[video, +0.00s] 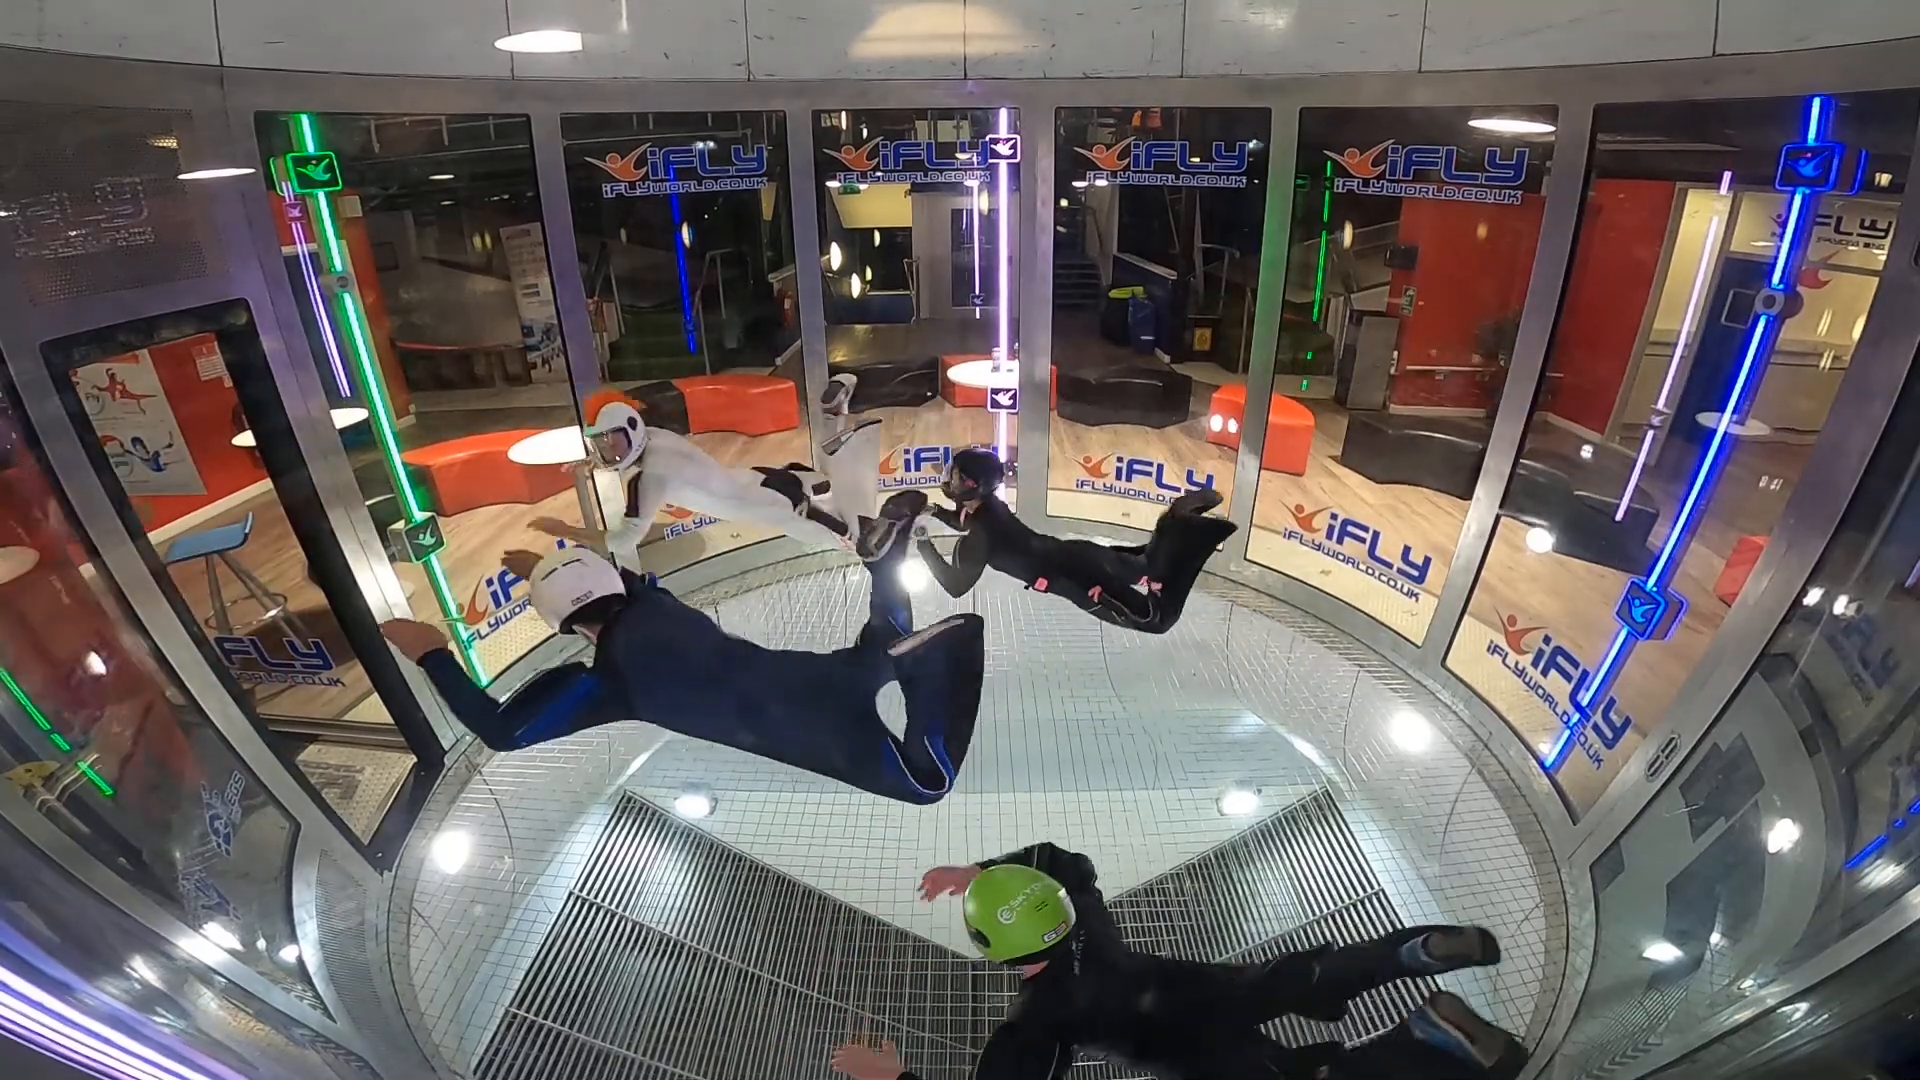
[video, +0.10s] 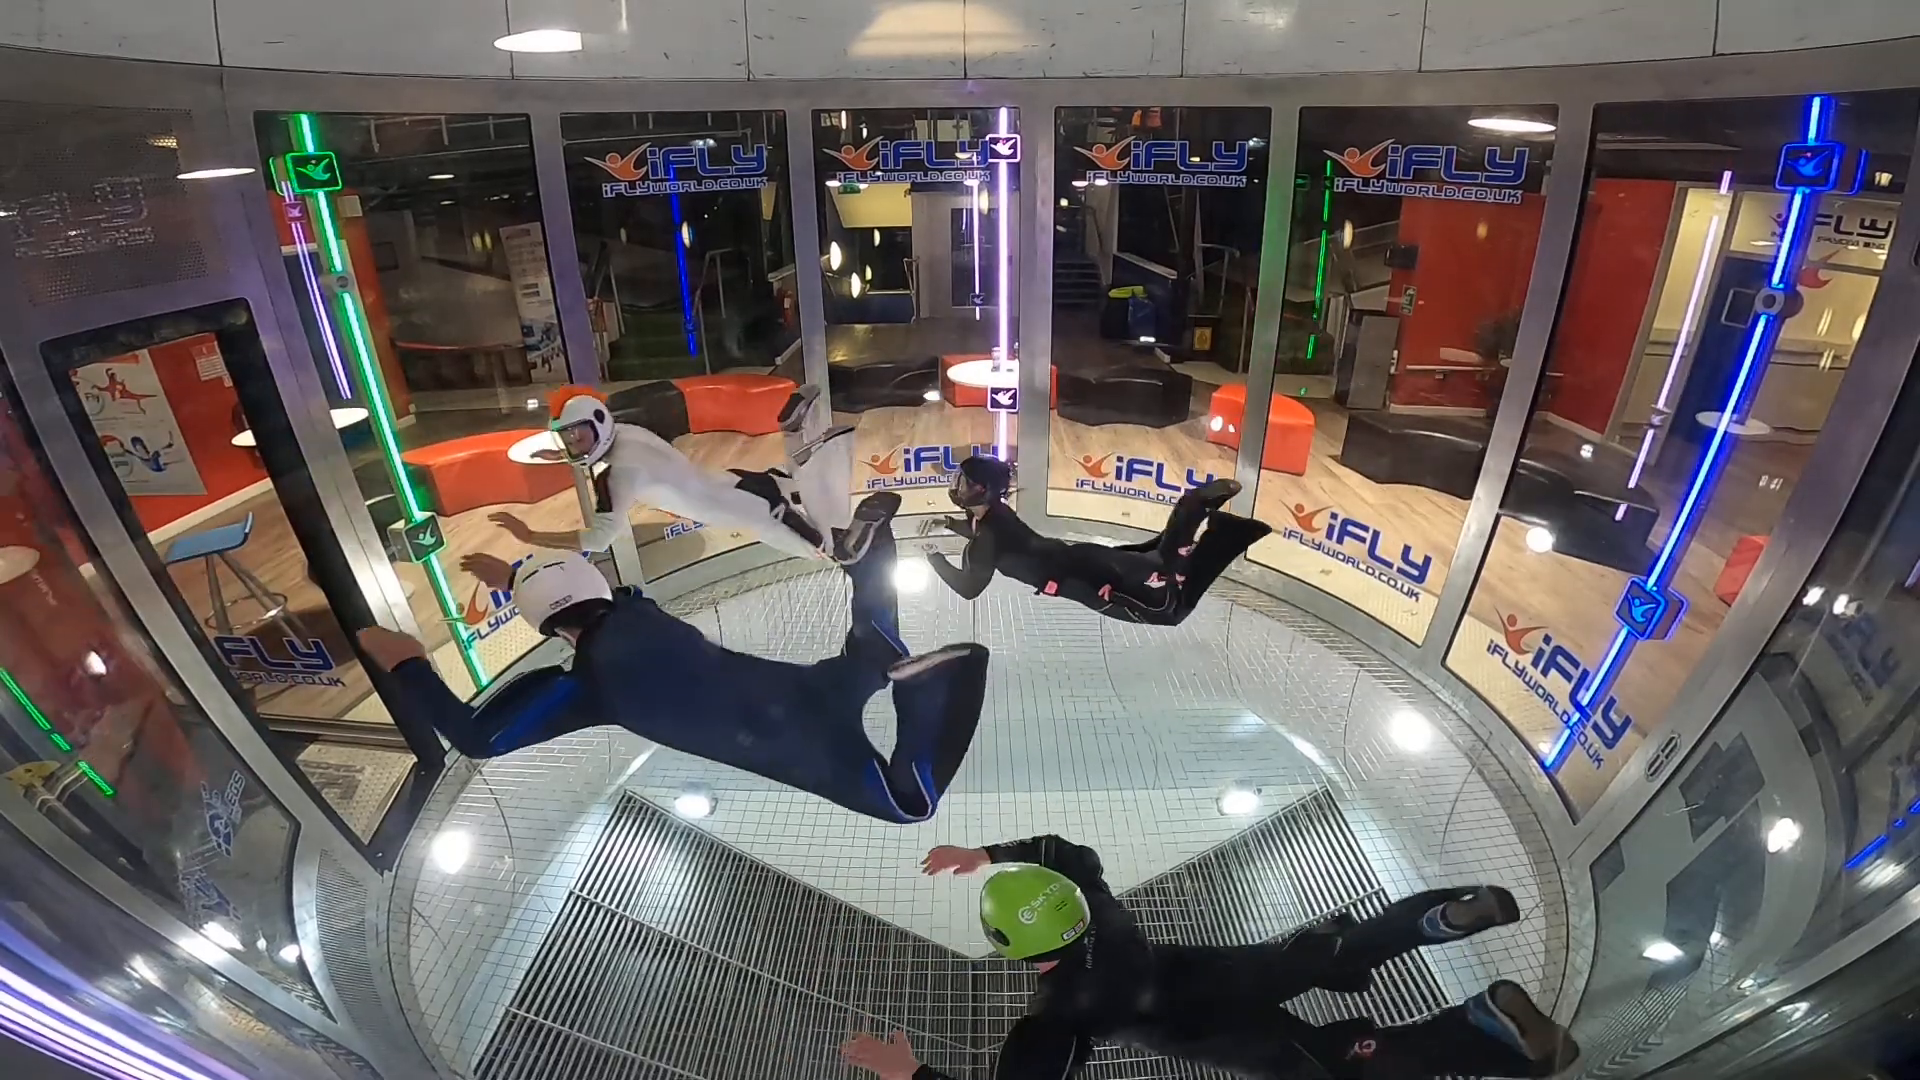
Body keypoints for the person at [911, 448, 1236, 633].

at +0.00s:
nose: (947, 481)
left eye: (954, 477)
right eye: (951, 474)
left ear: (971, 485)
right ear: (977, 483)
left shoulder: (979, 527)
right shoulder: (983, 505)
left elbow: (956, 585)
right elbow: (963, 520)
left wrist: (922, 542)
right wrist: (930, 511)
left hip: (1074, 575)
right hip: (1074, 553)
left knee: (1156, 619)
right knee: (1146, 563)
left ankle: (1189, 541)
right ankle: (1179, 515)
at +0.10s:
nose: (956, 485)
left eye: (963, 482)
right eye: (958, 479)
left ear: (983, 492)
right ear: (983, 490)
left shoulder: (988, 532)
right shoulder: (990, 515)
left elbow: (969, 587)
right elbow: (981, 547)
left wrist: (935, 559)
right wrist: (961, 534)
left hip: (1084, 572)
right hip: (1082, 559)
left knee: (1171, 609)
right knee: (1158, 560)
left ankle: (1220, 540)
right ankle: (1194, 505)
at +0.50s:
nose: (958, 493)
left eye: (965, 489)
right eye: (961, 486)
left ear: (984, 499)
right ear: (987, 496)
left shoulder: (993, 535)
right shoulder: (1002, 515)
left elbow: (975, 588)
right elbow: (983, 574)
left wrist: (956, 558)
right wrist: (969, 553)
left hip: (1089, 569)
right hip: (1088, 548)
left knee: (1163, 571)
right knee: (1153, 531)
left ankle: (1222, 507)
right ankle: (1211, 470)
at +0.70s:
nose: (937, 493)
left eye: (943, 489)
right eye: (939, 487)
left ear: (962, 493)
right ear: (966, 490)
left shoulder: (974, 525)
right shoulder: (980, 511)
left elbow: (950, 580)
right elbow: (959, 563)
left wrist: (934, 557)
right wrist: (945, 552)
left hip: (1068, 559)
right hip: (1068, 540)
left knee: (1136, 575)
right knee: (1136, 513)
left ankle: (1196, 510)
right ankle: (1186, 441)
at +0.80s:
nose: (922, 491)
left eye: (928, 486)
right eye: (925, 485)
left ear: (947, 492)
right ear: (952, 488)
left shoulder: (956, 524)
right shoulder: (970, 504)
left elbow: (932, 575)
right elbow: (945, 549)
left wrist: (913, 559)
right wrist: (923, 550)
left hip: (1044, 556)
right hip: (1048, 532)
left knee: (1116, 580)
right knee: (1122, 511)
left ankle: (1169, 519)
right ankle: (1163, 441)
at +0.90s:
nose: (905, 485)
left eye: (911, 480)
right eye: (908, 478)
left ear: (929, 484)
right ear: (933, 481)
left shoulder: (940, 515)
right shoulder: (949, 497)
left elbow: (912, 566)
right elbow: (919, 554)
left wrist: (884, 541)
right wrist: (895, 545)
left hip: (1025, 554)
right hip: (1029, 530)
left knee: (1094, 585)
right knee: (1099, 514)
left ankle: (1142, 525)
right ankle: (1132, 454)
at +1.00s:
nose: (891, 481)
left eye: (897, 475)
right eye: (890, 475)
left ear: (912, 477)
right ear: (913, 475)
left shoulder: (917, 505)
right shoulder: (926, 490)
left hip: (998, 549)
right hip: (1003, 527)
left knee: (1069, 586)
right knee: (1077, 517)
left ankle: (1112, 527)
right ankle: (1115, 463)